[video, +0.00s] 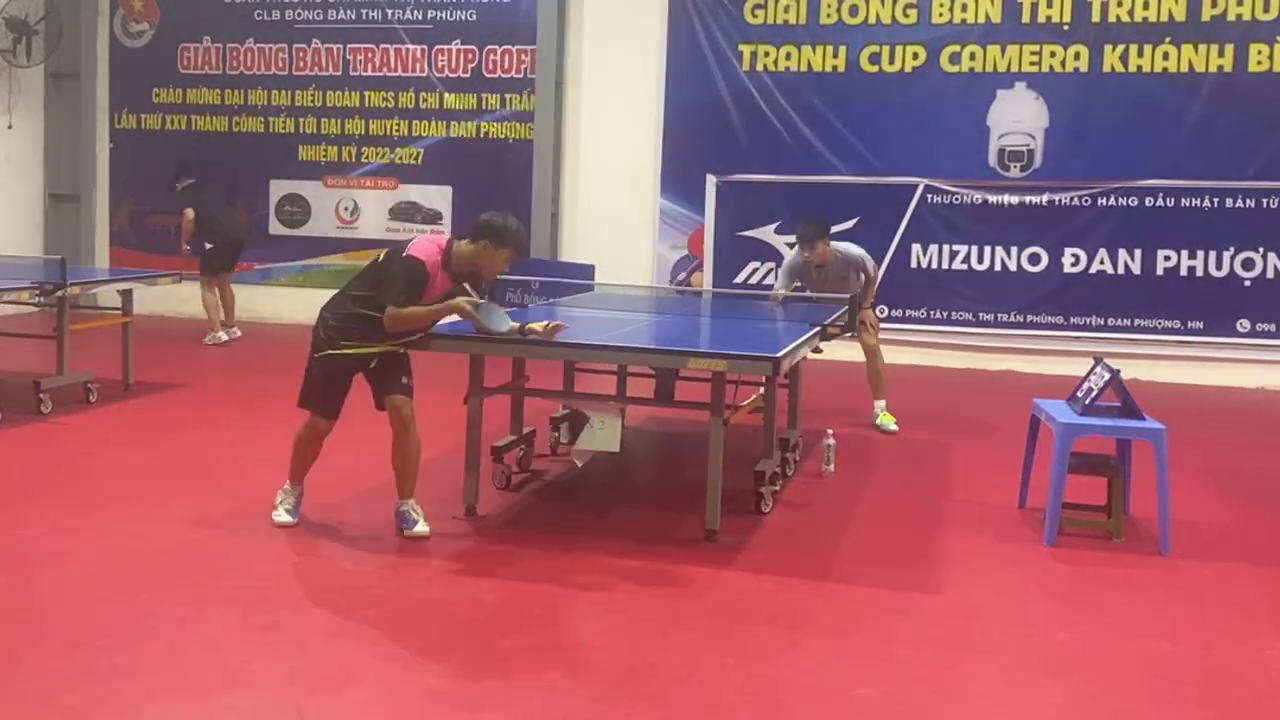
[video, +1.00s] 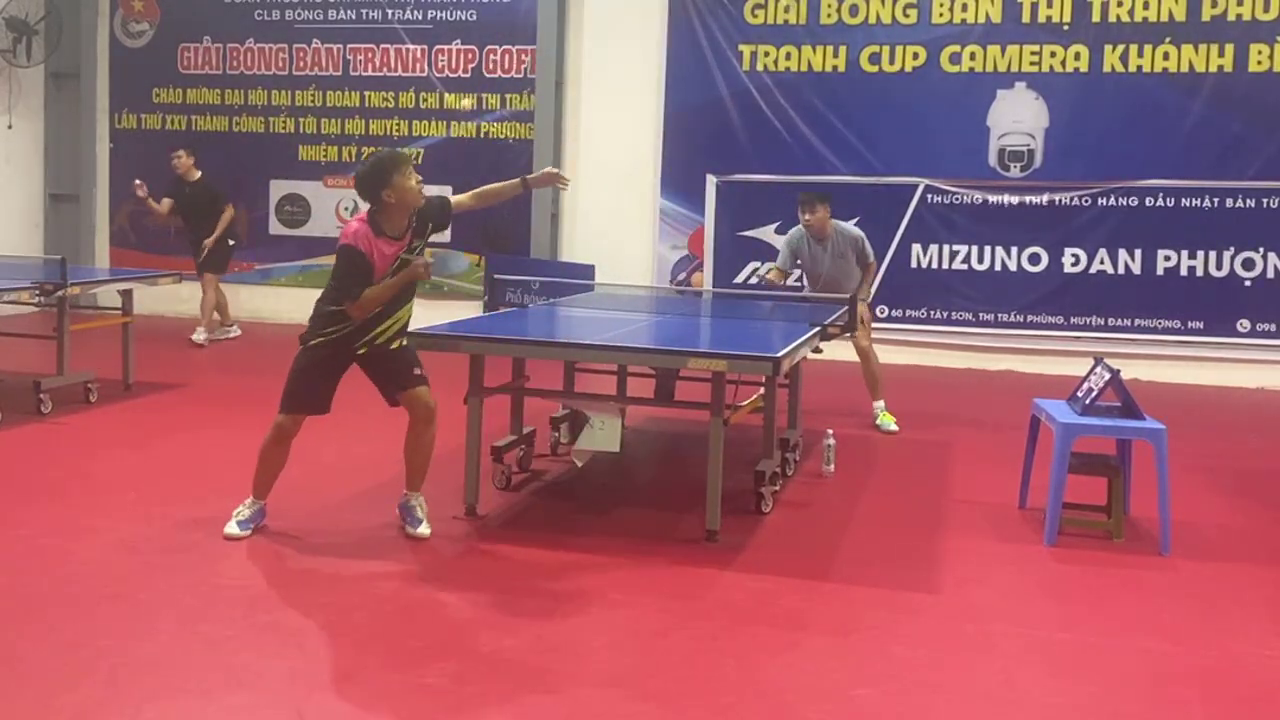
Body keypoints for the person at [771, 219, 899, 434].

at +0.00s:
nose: (806, 255)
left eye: (812, 249)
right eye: (803, 249)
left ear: (827, 244)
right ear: (799, 247)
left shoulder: (854, 255)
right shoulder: (795, 260)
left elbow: (873, 275)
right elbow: (776, 296)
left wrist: (867, 306)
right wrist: (779, 295)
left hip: (855, 303)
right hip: (820, 306)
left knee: (871, 345)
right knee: (785, 341)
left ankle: (881, 410)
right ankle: (765, 394)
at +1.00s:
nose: (806, 218)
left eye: (812, 213)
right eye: (802, 213)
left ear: (828, 212)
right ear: (799, 214)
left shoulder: (852, 235)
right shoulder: (795, 238)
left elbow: (870, 265)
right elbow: (780, 272)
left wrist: (861, 298)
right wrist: (773, 278)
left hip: (853, 301)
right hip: (816, 302)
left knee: (863, 347)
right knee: (784, 340)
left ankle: (880, 410)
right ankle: (766, 394)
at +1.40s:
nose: (794, 187)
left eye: (800, 181)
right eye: (791, 182)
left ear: (816, 181)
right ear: (788, 184)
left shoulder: (839, 212)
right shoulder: (781, 213)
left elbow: (849, 244)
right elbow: (766, 245)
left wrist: (832, 257)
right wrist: (756, 253)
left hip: (829, 295)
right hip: (789, 295)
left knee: (843, 344)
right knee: (771, 341)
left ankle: (849, 400)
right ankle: (764, 392)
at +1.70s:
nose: (787, 206)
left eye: (793, 199)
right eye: (784, 200)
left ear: (809, 199)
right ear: (780, 201)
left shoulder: (833, 228)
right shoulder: (774, 229)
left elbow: (852, 257)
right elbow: (746, 247)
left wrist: (849, 274)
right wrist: (734, 252)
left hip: (826, 306)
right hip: (784, 306)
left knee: (848, 356)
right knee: (744, 338)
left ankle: (850, 403)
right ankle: (740, 394)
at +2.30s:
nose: (736, 202)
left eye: (742, 196)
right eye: (731, 196)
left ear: (754, 198)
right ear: (725, 200)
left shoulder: (768, 224)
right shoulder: (718, 230)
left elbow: (783, 244)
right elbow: (688, 261)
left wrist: (810, 257)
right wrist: (708, 261)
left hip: (764, 305)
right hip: (726, 307)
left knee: (796, 345)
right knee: (705, 352)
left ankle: (811, 396)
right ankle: (705, 409)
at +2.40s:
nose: (745, 198)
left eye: (751, 192)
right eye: (740, 193)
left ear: (763, 195)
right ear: (734, 197)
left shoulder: (777, 225)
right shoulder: (723, 230)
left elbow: (792, 251)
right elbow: (694, 266)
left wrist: (817, 267)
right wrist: (716, 265)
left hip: (771, 307)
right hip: (731, 308)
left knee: (798, 348)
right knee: (711, 351)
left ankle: (810, 398)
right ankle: (706, 409)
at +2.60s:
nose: (764, 193)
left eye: (770, 187)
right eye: (759, 188)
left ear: (781, 188)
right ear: (754, 191)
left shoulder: (802, 221)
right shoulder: (743, 224)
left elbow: (815, 252)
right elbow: (727, 259)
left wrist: (820, 271)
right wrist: (719, 261)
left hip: (792, 301)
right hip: (750, 300)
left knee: (813, 349)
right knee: (719, 342)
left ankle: (809, 401)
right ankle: (713, 397)